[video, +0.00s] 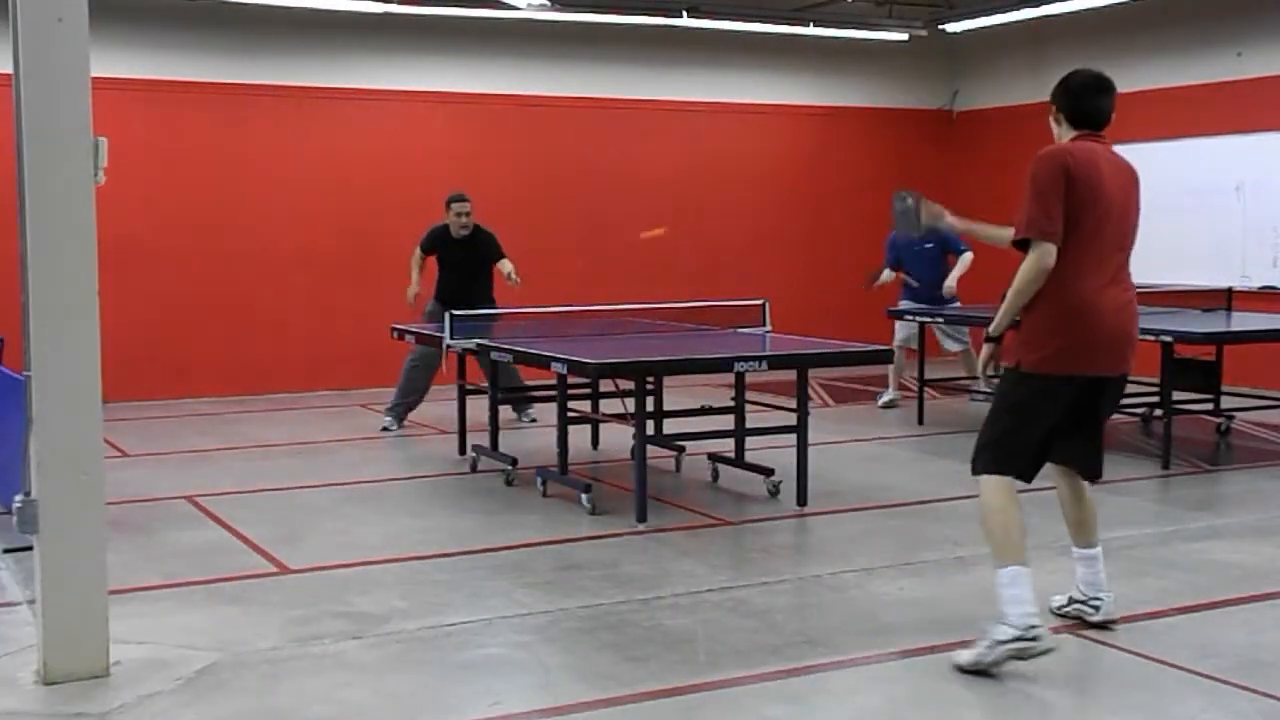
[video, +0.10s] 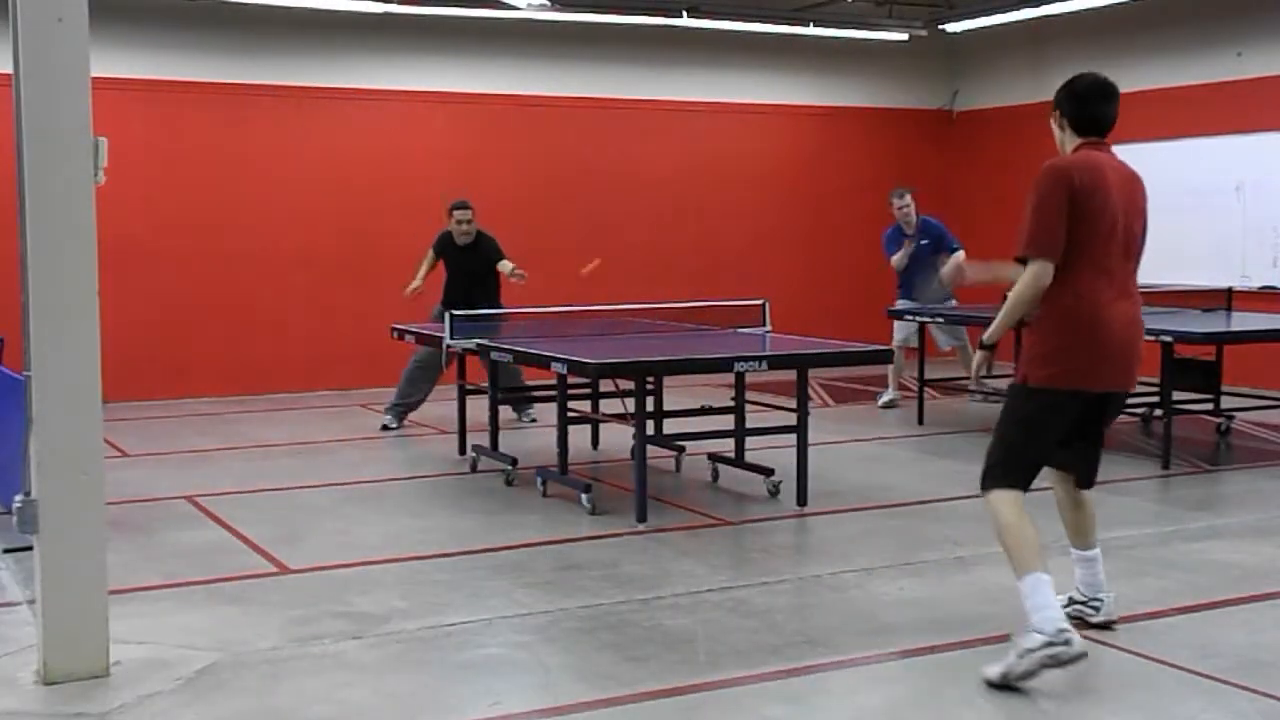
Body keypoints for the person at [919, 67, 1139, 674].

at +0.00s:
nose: (1048, 121)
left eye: (1049, 113)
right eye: (1052, 114)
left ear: (1056, 116)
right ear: (1107, 119)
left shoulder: (1054, 162)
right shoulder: (1123, 171)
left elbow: (1042, 258)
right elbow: (1040, 238)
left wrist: (995, 331)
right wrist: (958, 227)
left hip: (1055, 342)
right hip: (1113, 344)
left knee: (994, 468)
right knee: (1068, 463)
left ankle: (1016, 620)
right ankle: (1093, 593)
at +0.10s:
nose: (1051, 126)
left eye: (1052, 118)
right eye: (1054, 118)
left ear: (1060, 121)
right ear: (1111, 124)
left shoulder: (1061, 174)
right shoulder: (1130, 180)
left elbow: (1039, 271)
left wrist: (991, 337)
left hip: (1062, 359)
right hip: (1118, 361)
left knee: (1001, 485)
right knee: (1067, 473)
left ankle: (1045, 626)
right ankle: (1092, 594)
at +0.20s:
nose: (1050, 132)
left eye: (1051, 124)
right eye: (1053, 123)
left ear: (1062, 128)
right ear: (1112, 131)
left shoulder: (1064, 186)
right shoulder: (1139, 191)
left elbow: (1036, 289)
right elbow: (1134, 282)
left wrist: (985, 345)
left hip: (1066, 372)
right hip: (1122, 373)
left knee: (1013, 503)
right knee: (1073, 484)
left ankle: (1070, 646)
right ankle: (1093, 596)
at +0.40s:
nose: (1060, 132)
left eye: (1061, 123)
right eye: (1064, 122)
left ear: (1072, 127)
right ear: (1126, 128)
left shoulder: (1061, 188)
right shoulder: (1166, 192)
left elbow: (1032, 291)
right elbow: (1182, 291)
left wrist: (993, 358)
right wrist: (1137, 336)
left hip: (1081, 384)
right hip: (1157, 383)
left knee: (1022, 524)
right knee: (1125, 491)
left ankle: (1078, 672)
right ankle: (1128, 614)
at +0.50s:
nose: (1078, 115)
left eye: (1080, 107)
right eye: (1082, 105)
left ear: (1092, 112)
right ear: (1147, 113)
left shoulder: (1081, 169)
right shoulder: (1184, 176)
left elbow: (1065, 270)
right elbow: (1189, 283)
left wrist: (1010, 352)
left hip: (1100, 374)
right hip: (1178, 375)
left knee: (1029, 511)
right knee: (1159, 491)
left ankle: (1077, 672)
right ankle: (1194, 638)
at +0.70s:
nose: (1132, 129)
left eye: (1135, 121)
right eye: (1138, 119)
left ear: (1144, 128)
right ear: (1203, 128)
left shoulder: (1126, 194)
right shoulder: (1249, 199)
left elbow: (1084, 294)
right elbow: (1271, 312)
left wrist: (1034, 374)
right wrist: (1210, 310)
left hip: (1147, 407)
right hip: (1236, 406)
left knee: (1067, 527)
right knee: (1237, 549)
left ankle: (1094, 691)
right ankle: (1279, 670)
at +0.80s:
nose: (1172, 169)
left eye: (1173, 162)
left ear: (1176, 168)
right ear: (1236, 170)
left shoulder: (1146, 238)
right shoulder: (1270, 240)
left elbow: (1084, 328)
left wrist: (1062, 403)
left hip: (1166, 445)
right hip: (1262, 444)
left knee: (1108, 585)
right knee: (1278, 569)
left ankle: (1102, 711)